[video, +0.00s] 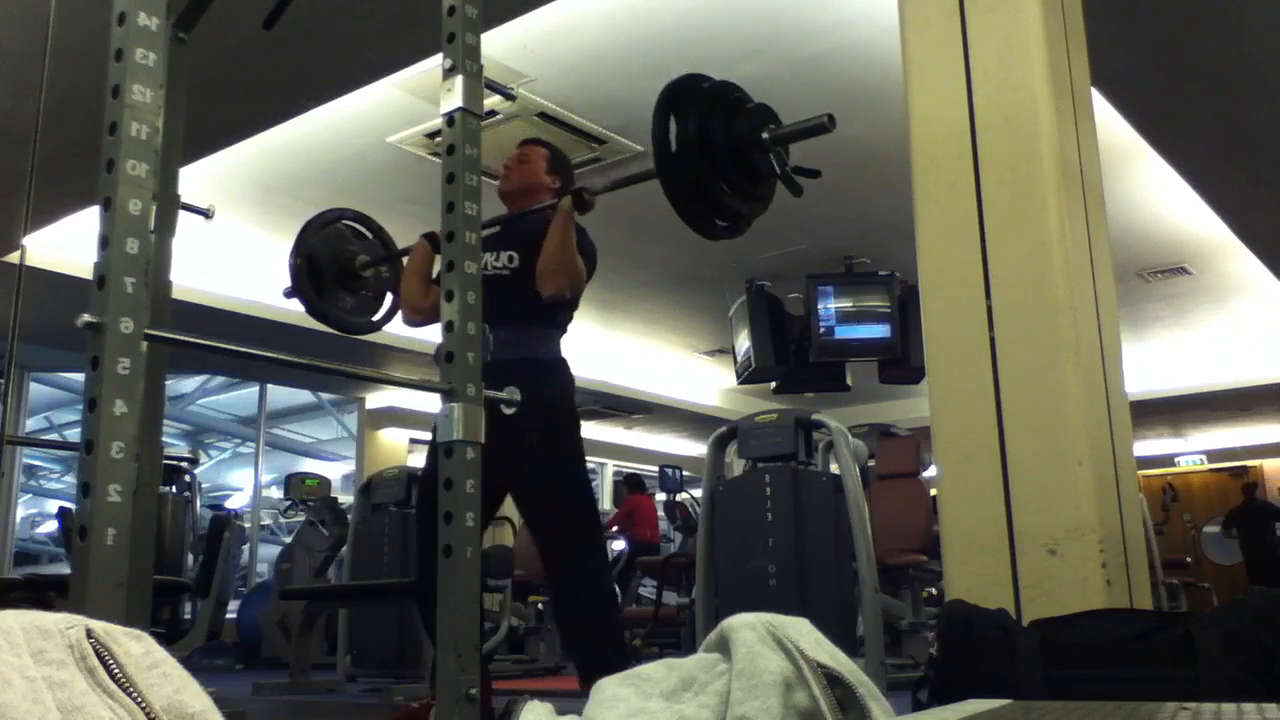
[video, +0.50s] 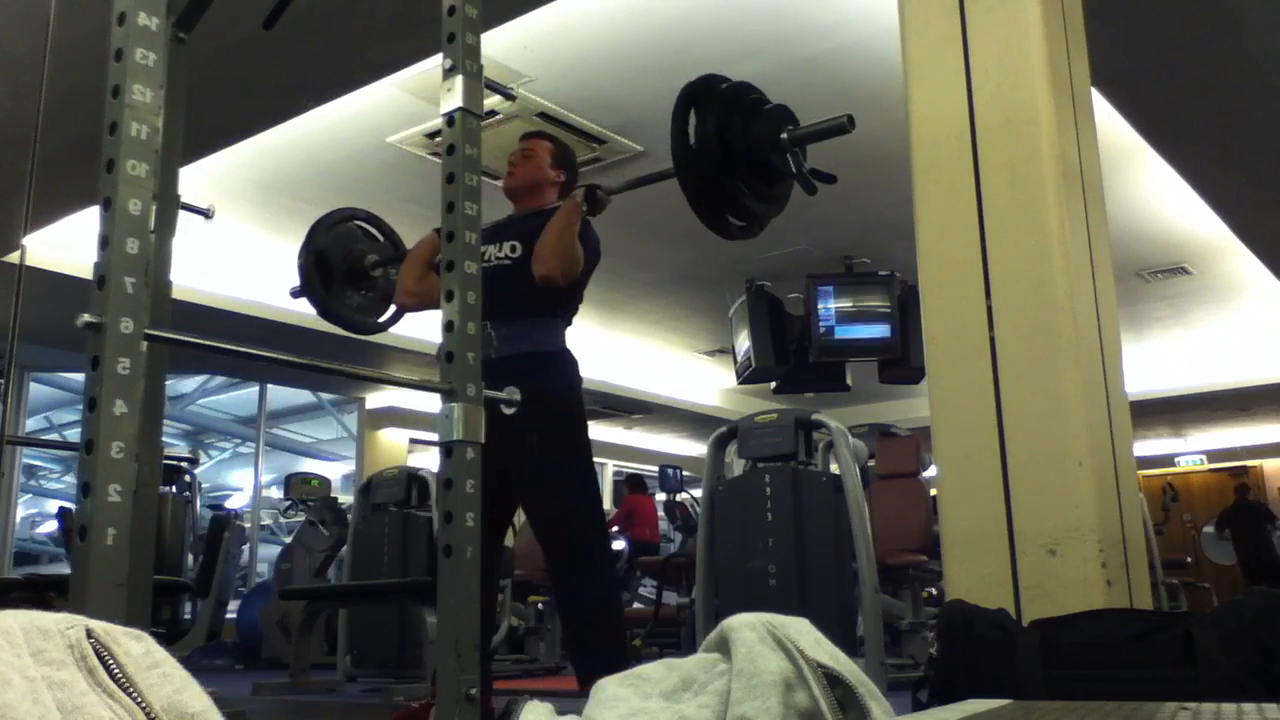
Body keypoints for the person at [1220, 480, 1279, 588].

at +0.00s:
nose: (1250, 494)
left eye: (1248, 492)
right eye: (1251, 492)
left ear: (1243, 493)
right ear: (1255, 492)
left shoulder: (1236, 511)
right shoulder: (1267, 506)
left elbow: (1226, 532)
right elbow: (1278, 516)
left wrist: (1240, 535)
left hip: (1249, 553)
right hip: (1270, 551)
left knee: (1255, 582)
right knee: (1273, 582)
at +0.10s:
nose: (1250, 494)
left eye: (1246, 492)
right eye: (1251, 491)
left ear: (1241, 493)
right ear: (1253, 492)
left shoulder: (1234, 511)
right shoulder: (1265, 506)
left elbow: (1222, 527)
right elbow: (1277, 516)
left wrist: (1226, 539)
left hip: (1248, 553)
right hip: (1270, 550)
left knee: (1255, 582)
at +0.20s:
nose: (1252, 493)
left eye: (1249, 491)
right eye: (1251, 491)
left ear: (1239, 493)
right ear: (1252, 492)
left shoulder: (1232, 511)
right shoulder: (1262, 506)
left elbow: (1222, 528)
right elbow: (1276, 518)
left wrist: (1227, 539)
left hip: (1246, 554)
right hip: (1268, 550)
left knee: (1254, 582)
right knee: (1273, 581)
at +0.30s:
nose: (1245, 495)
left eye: (1244, 493)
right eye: (1247, 492)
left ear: (1237, 493)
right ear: (1250, 492)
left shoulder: (1230, 511)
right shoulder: (1261, 506)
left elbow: (1223, 535)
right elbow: (1275, 522)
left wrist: (1235, 537)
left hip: (1245, 554)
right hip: (1267, 550)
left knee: (1252, 583)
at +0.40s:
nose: (1246, 494)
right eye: (1247, 492)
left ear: (1236, 493)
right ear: (1249, 492)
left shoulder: (1228, 511)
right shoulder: (1259, 506)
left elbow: (1224, 536)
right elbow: (1274, 523)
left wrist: (1235, 534)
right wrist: (1265, 531)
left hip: (1244, 554)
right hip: (1266, 550)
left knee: (1252, 582)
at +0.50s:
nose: (1245, 494)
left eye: (1243, 492)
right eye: (1247, 492)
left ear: (1235, 493)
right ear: (1248, 492)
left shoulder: (1228, 511)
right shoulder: (1258, 506)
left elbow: (1219, 533)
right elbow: (1274, 522)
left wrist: (1229, 538)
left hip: (1244, 555)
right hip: (1266, 551)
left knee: (1252, 584)